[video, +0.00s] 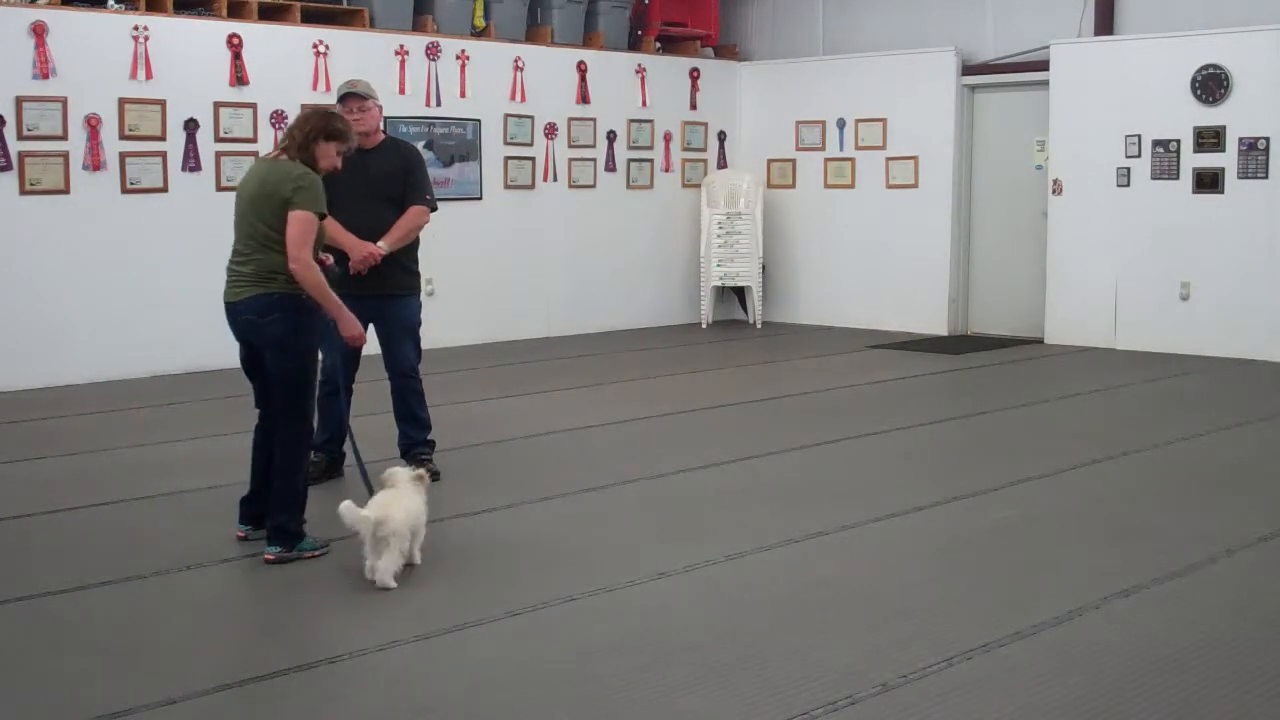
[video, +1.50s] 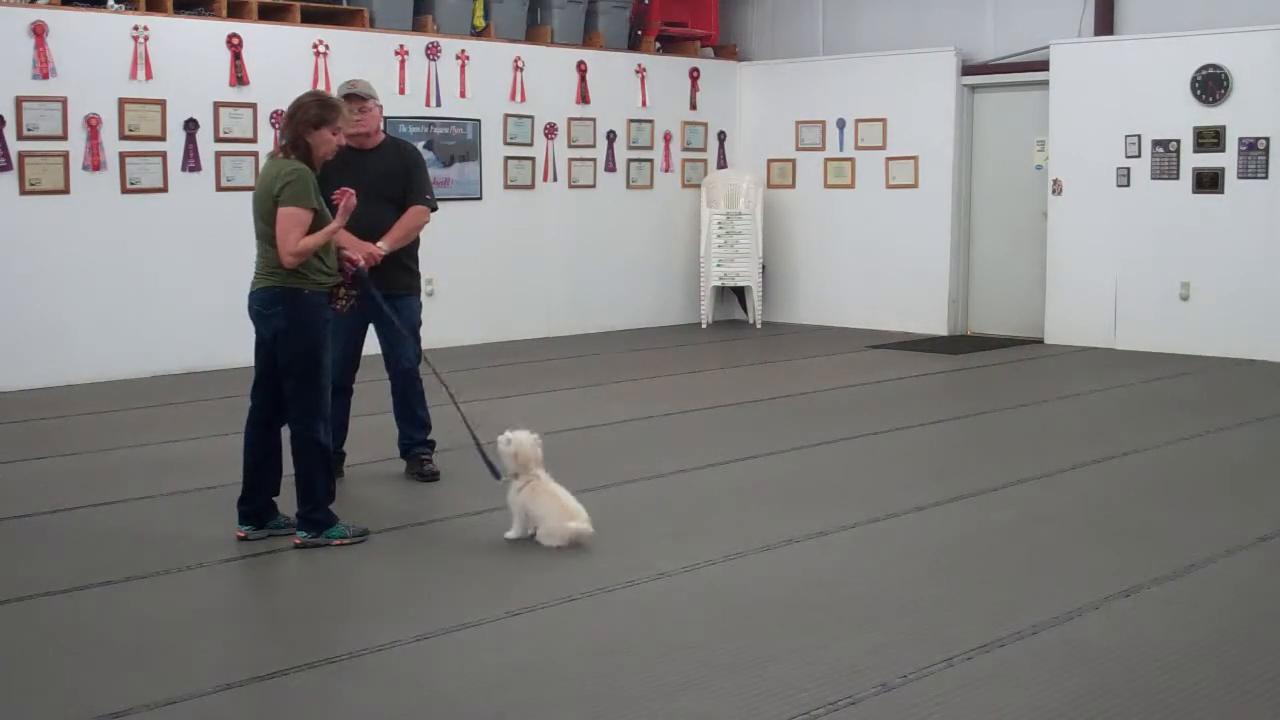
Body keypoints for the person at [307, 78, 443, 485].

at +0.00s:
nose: (358, 116)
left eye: (364, 108)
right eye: (350, 111)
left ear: (380, 112)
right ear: (340, 118)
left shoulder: (405, 154)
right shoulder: (328, 159)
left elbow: (420, 212)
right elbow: (314, 213)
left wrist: (377, 249)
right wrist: (352, 245)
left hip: (396, 287)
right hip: (343, 287)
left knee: (405, 371)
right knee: (334, 374)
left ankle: (418, 452)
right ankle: (327, 453)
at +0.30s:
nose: (361, 115)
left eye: (366, 108)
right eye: (353, 111)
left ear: (380, 112)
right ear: (341, 119)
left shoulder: (405, 154)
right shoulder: (328, 159)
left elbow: (420, 211)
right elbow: (315, 211)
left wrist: (377, 249)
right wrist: (353, 245)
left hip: (396, 286)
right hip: (344, 286)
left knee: (406, 372)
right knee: (336, 377)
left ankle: (416, 454)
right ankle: (328, 457)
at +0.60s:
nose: (361, 115)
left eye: (367, 108)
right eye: (354, 110)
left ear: (380, 112)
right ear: (340, 117)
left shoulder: (404, 153)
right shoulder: (326, 160)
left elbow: (420, 210)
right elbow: (311, 215)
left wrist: (379, 249)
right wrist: (353, 244)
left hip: (396, 285)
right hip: (342, 287)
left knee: (406, 372)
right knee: (336, 377)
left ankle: (416, 453)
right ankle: (330, 457)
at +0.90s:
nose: (359, 116)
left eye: (365, 108)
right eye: (352, 110)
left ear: (380, 111)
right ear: (341, 116)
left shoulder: (405, 154)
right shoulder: (327, 159)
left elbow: (420, 211)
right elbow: (313, 217)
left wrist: (376, 249)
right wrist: (347, 244)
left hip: (396, 286)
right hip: (342, 287)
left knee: (406, 373)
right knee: (335, 379)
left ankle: (418, 453)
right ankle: (329, 457)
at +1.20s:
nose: (361, 116)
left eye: (366, 109)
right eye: (353, 111)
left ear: (380, 111)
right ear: (341, 117)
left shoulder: (405, 154)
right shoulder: (327, 160)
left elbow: (420, 211)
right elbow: (315, 219)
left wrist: (376, 250)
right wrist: (351, 246)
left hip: (395, 285)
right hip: (342, 287)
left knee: (406, 372)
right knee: (335, 378)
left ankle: (418, 451)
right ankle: (330, 455)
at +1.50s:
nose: (359, 115)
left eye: (365, 108)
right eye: (352, 110)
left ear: (380, 112)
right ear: (340, 117)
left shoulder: (405, 154)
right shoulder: (325, 160)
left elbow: (421, 210)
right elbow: (313, 219)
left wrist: (379, 249)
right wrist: (347, 245)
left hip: (397, 282)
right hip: (343, 282)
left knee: (406, 370)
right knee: (336, 376)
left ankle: (418, 450)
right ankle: (330, 456)